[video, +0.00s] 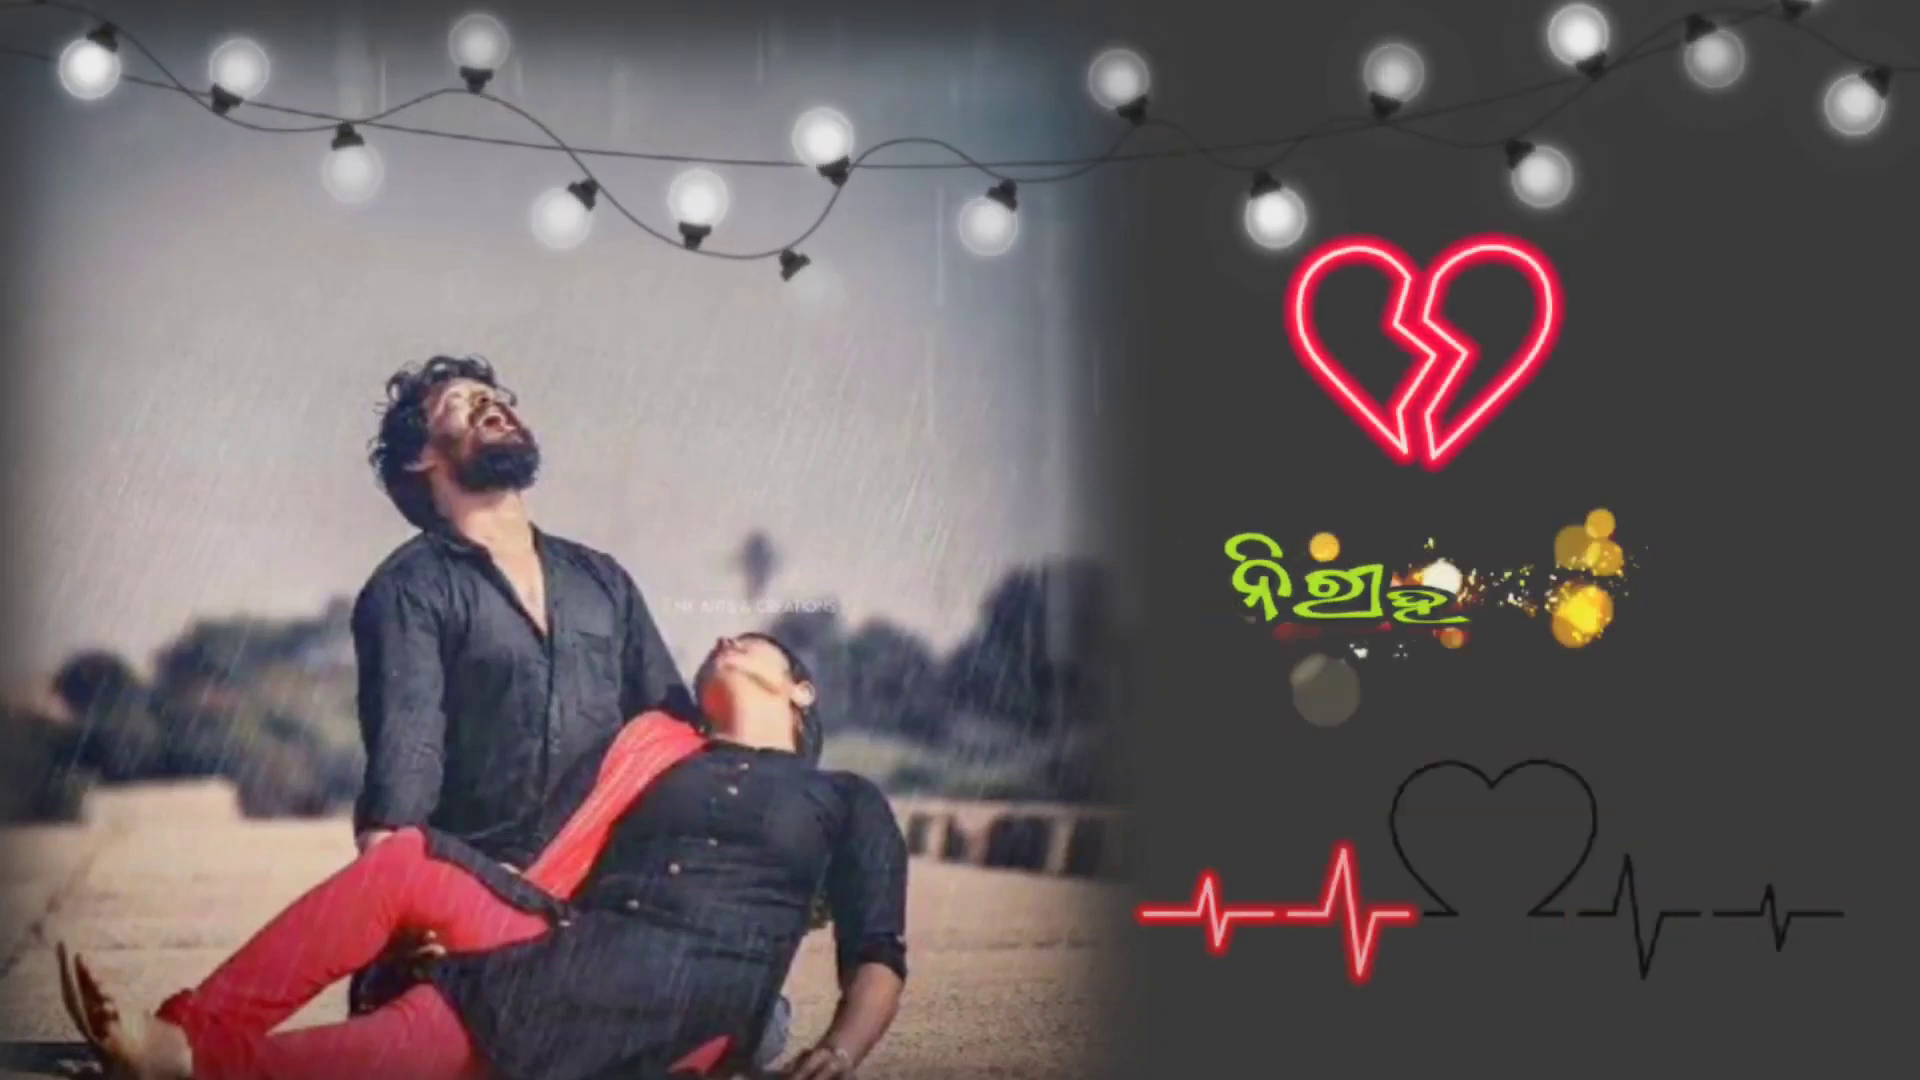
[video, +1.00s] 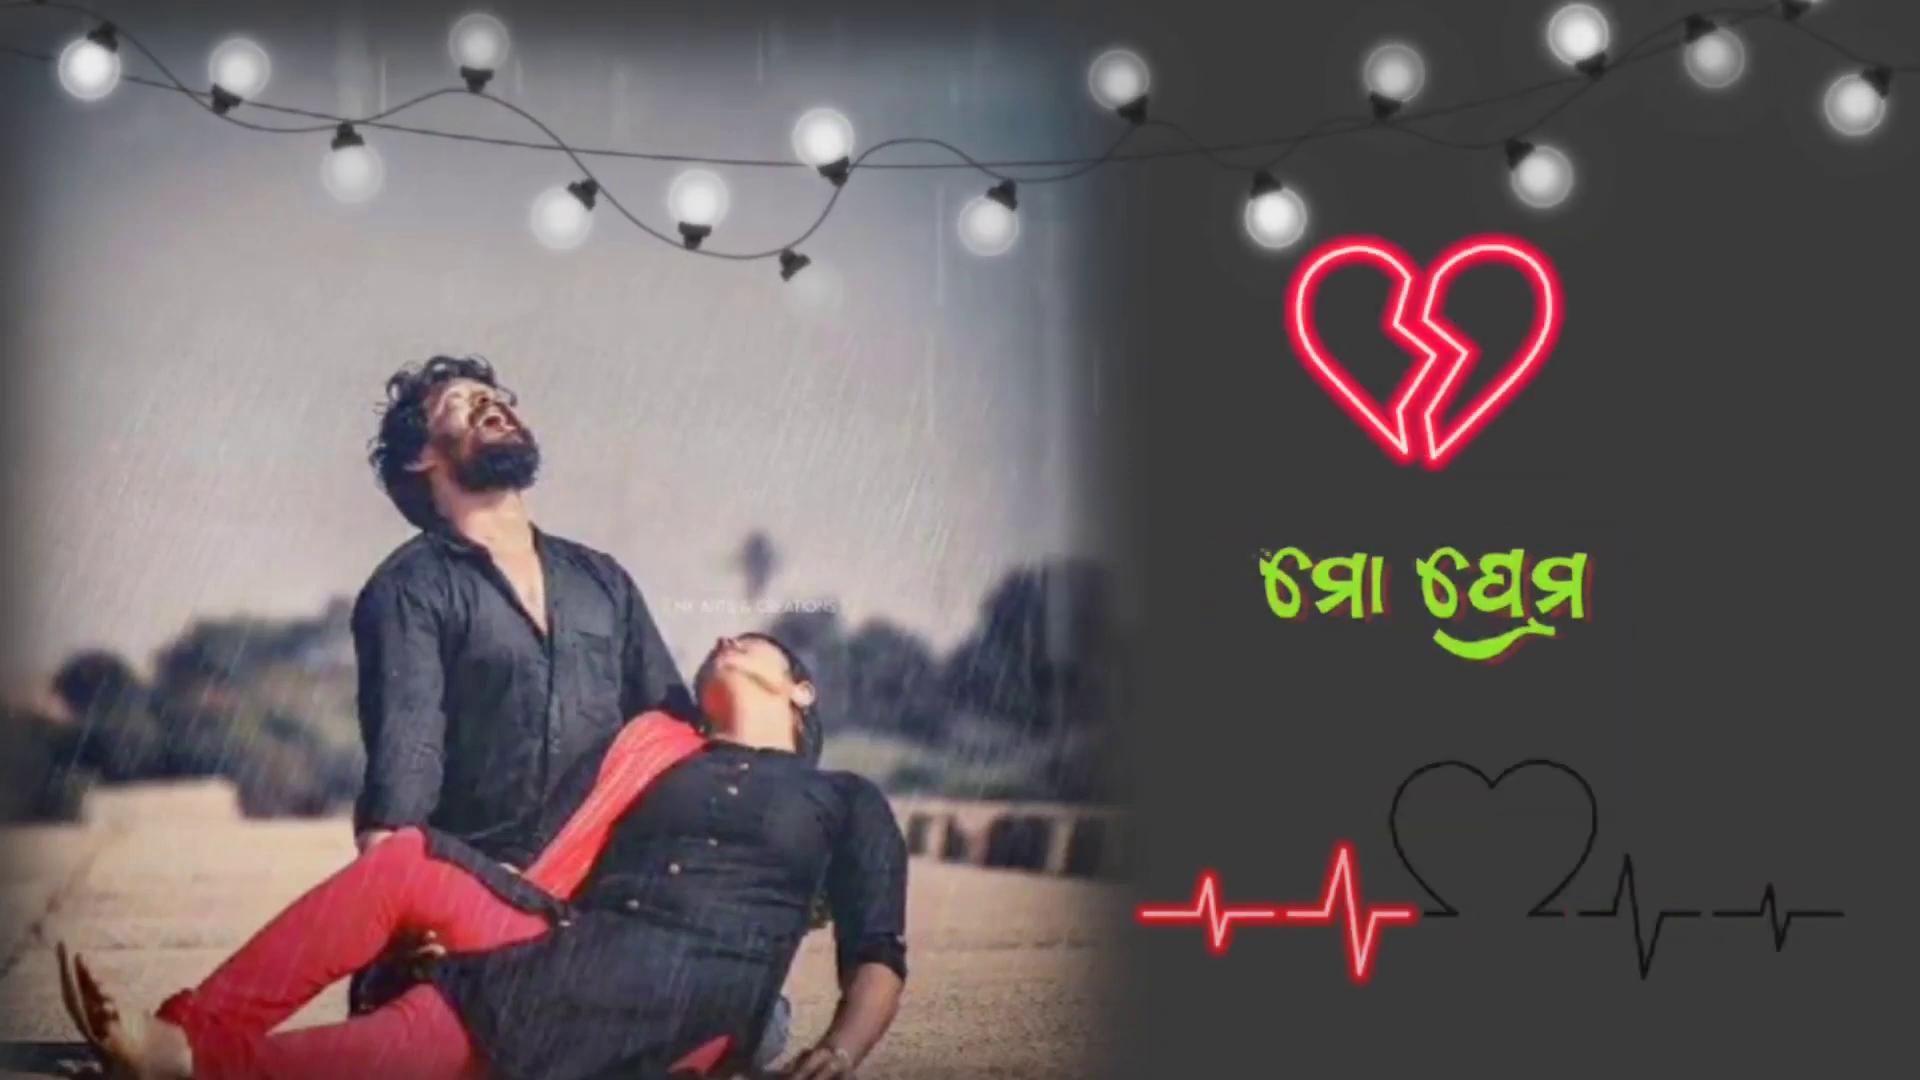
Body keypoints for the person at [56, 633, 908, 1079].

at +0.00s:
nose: (722, 660)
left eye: (749, 656)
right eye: (717, 659)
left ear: (799, 699)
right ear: (709, 699)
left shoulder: (843, 798)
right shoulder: (663, 756)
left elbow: (878, 967)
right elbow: (576, 893)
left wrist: (835, 1064)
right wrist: (458, 950)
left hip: (694, 981)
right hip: (590, 944)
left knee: (451, 1028)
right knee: (401, 861)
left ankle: (187, 1059)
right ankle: (177, 1040)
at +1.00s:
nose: (722, 662)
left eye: (749, 657)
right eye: (717, 661)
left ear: (799, 700)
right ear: (708, 699)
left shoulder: (843, 798)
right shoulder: (663, 757)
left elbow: (878, 967)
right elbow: (576, 894)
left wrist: (834, 1066)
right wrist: (456, 948)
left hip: (693, 981)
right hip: (588, 945)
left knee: (448, 1029)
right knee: (400, 860)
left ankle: (186, 1059)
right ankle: (178, 1040)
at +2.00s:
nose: (722, 662)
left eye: (749, 657)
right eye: (717, 661)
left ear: (799, 699)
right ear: (708, 699)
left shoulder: (843, 798)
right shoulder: (663, 757)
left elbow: (878, 967)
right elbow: (576, 894)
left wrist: (835, 1066)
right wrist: (457, 948)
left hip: (693, 981)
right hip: (588, 945)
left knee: (448, 1029)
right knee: (400, 860)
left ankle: (186, 1059)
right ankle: (178, 1040)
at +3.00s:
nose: (722, 662)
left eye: (749, 657)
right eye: (717, 661)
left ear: (799, 699)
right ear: (708, 699)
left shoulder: (843, 798)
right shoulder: (662, 757)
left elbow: (878, 967)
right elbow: (576, 895)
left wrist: (834, 1067)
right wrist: (456, 949)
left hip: (693, 981)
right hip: (588, 945)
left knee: (450, 1028)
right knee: (401, 861)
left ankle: (188, 1060)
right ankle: (178, 1040)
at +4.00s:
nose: (721, 658)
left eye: (749, 654)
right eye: (716, 657)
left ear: (799, 699)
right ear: (709, 699)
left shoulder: (844, 798)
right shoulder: (662, 753)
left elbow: (879, 968)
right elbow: (572, 891)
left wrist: (834, 1065)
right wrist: (455, 945)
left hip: (691, 984)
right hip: (585, 946)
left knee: (450, 1029)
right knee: (400, 862)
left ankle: (188, 1057)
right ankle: (179, 1041)